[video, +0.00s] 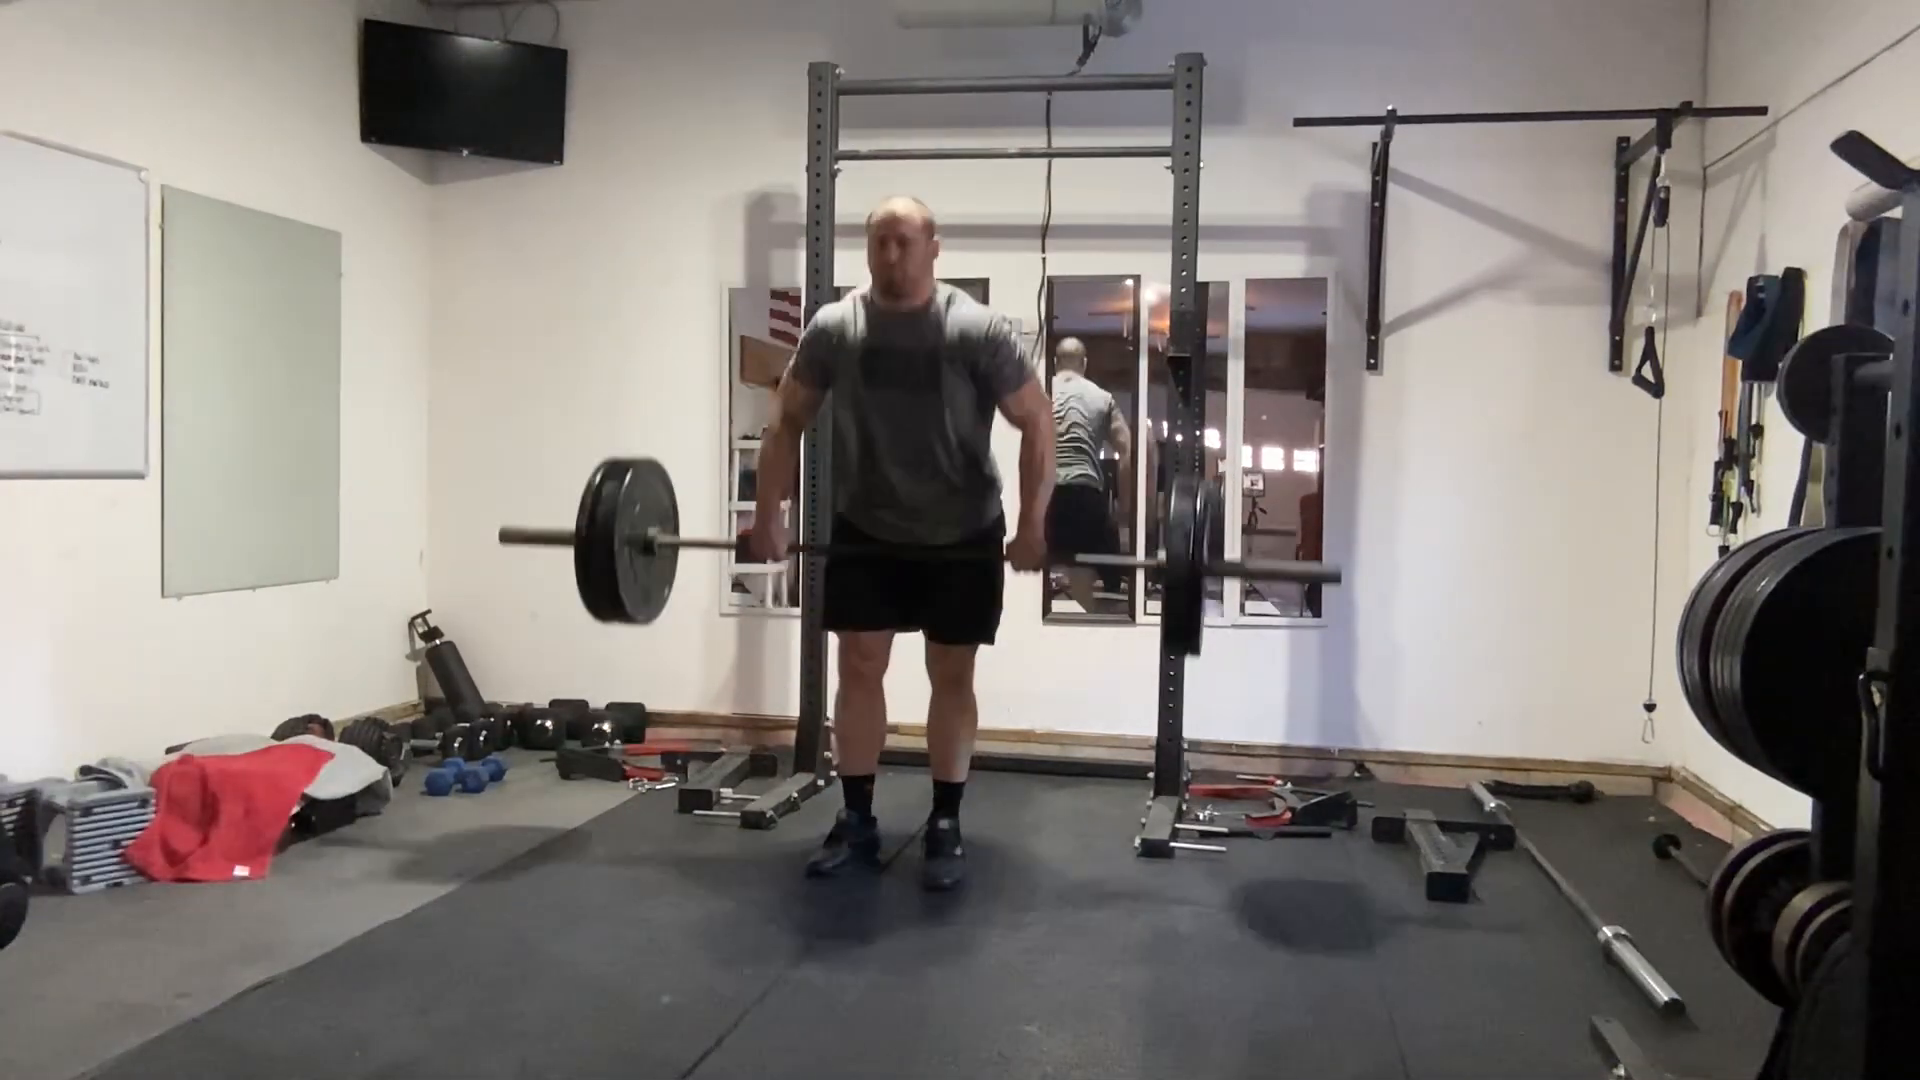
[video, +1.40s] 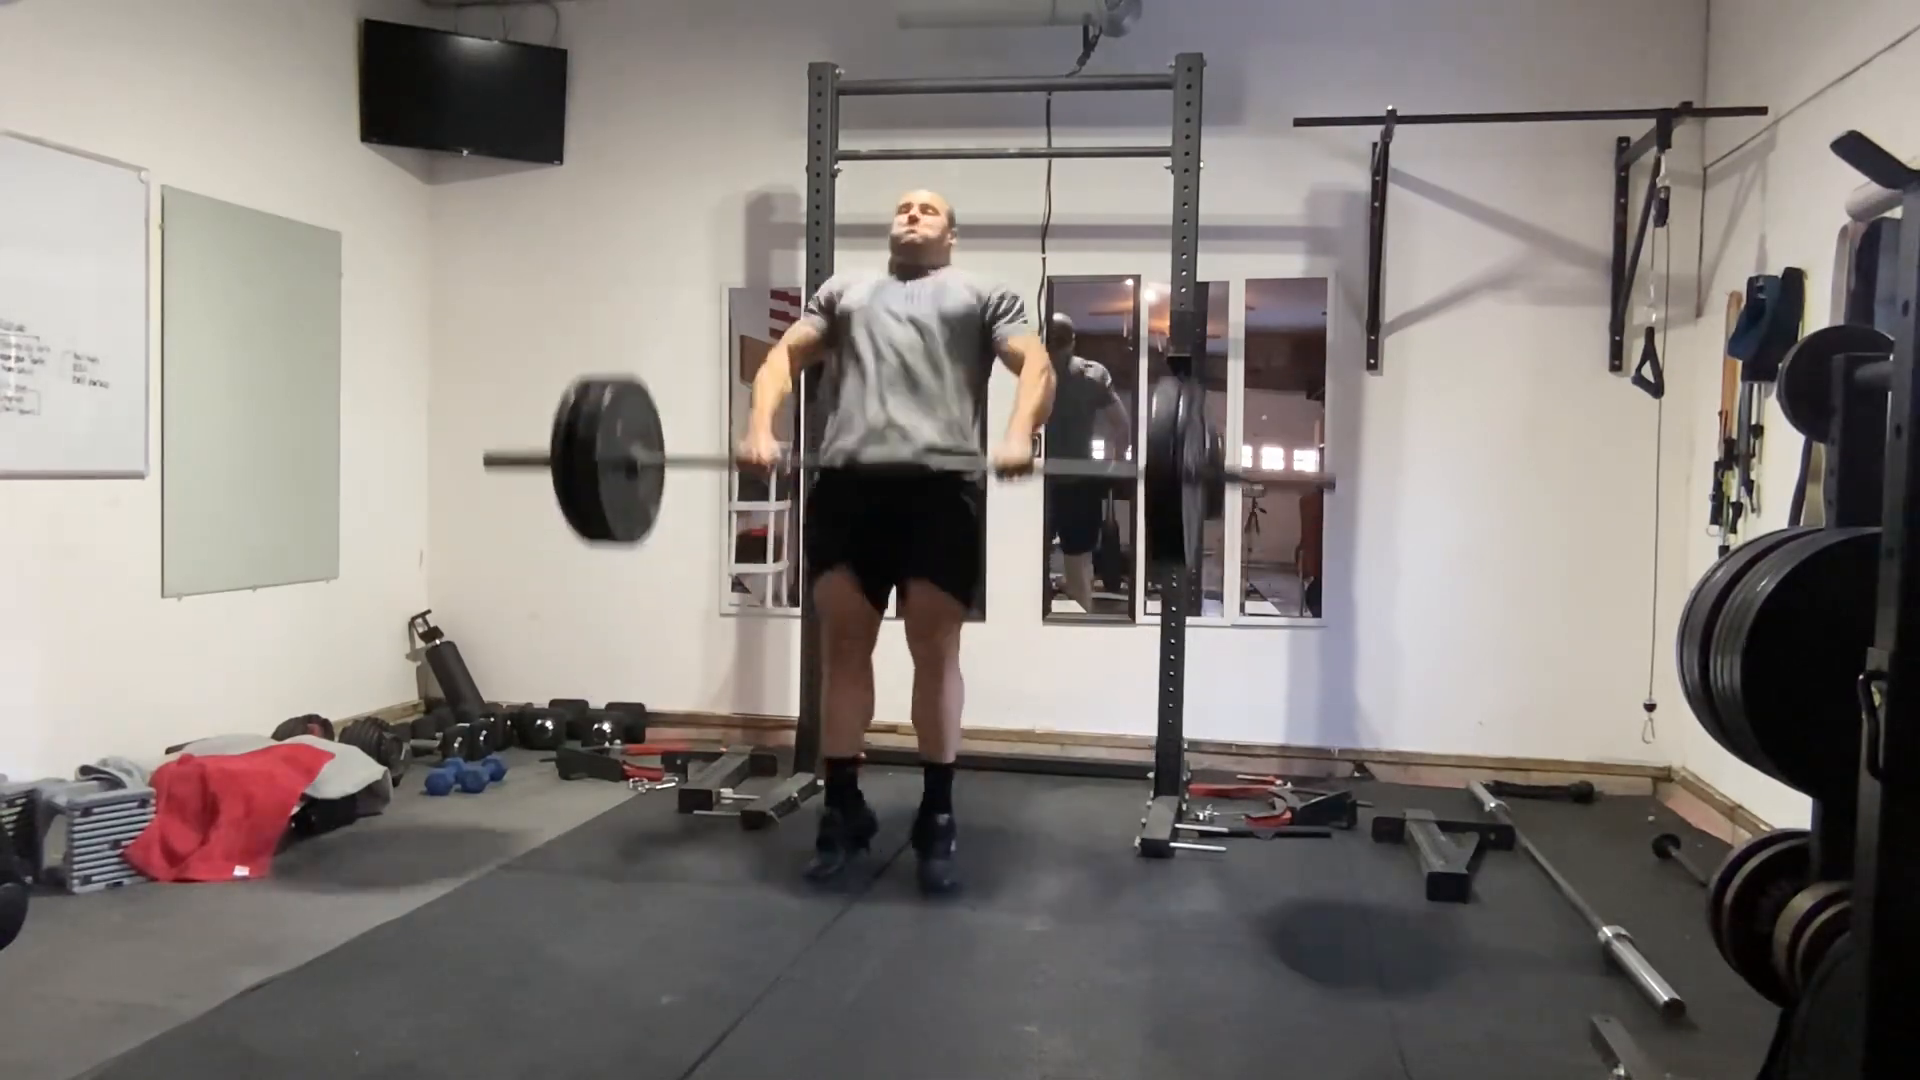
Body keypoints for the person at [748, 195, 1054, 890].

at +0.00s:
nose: (890, 254)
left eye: (902, 241)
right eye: (880, 242)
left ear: (934, 249)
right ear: (867, 252)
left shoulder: (977, 331)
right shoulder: (834, 330)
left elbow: (1038, 422)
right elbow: (787, 424)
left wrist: (1032, 525)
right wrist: (765, 517)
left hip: (959, 536)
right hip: (864, 533)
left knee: (952, 676)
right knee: (859, 668)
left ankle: (944, 830)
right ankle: (856, 826)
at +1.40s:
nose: (912, 216)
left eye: (926, 211)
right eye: (903, 211)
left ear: (950, 237)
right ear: (888, 235)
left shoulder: (979, 295)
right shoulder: (847, 292)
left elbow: (1037, 362)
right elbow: (782, 354)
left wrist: (1021, 431)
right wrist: (760, 425)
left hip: (940, 482)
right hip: (847, 480)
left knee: (934, 646)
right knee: (844, 647)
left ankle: (938, 816)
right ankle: (842, 808)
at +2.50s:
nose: (894, 289)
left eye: (910, 281)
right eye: (884, 281)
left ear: (936, 302)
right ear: (869, 299)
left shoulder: (958, 369)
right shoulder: (831, 373)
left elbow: (998, 408)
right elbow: (762, 415)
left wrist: (1009, 341)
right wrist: (764, 343)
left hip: (943, 569)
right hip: (845, 567)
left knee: (953, 712)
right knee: (798, 699)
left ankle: (935, 833)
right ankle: (857, 831)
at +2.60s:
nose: (894, 304)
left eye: (910, 297)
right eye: (884, 295)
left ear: (935, 316)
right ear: (868, 314)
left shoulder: (959, 386)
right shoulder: (830, 388)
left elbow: (995, 433)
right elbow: (761, 439)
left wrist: (1008, 360)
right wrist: (764, 365)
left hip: (941, 586)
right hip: (842, 582)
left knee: (947, 722)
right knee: (796, 710)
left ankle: (935, 833)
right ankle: (859, 834)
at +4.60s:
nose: (909, 226)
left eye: (924, 221)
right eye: (899, 220)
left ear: (946, 244)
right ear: (884, 241)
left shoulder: (974, 295)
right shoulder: (847, 295)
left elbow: (1043, 348)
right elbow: (791, 355)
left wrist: (1022, 390)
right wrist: (758, 385)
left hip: (943, 471)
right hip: (857, 470)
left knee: (936, 633)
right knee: (842, 638)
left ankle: (939, 819)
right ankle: (848, 811)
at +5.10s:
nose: (887, 318)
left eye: (902, 309)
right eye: (879, 309)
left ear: (933, 326)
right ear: (867, 325)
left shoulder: (955, 393)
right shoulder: (836, 396)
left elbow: (984, 436)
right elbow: (767, 432)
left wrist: (989, 356)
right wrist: (782, 356)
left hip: (949, 591)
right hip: (844, 591)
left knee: (990, 725)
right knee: (766, 711)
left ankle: (968, 835)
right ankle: (834, 829)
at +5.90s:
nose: (897, 275)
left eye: (914, 267)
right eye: (888, 266)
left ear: (939, 288)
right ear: (874, 285)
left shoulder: (959, 359)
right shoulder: (834, 364)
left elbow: (993, 397)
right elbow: (769, 402)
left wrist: (1003, 330)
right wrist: (772, 336)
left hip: (941, 569)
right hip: (843, 567)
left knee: (958, 718)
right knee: (796, 699)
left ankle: (947, 834)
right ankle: (852, 831)